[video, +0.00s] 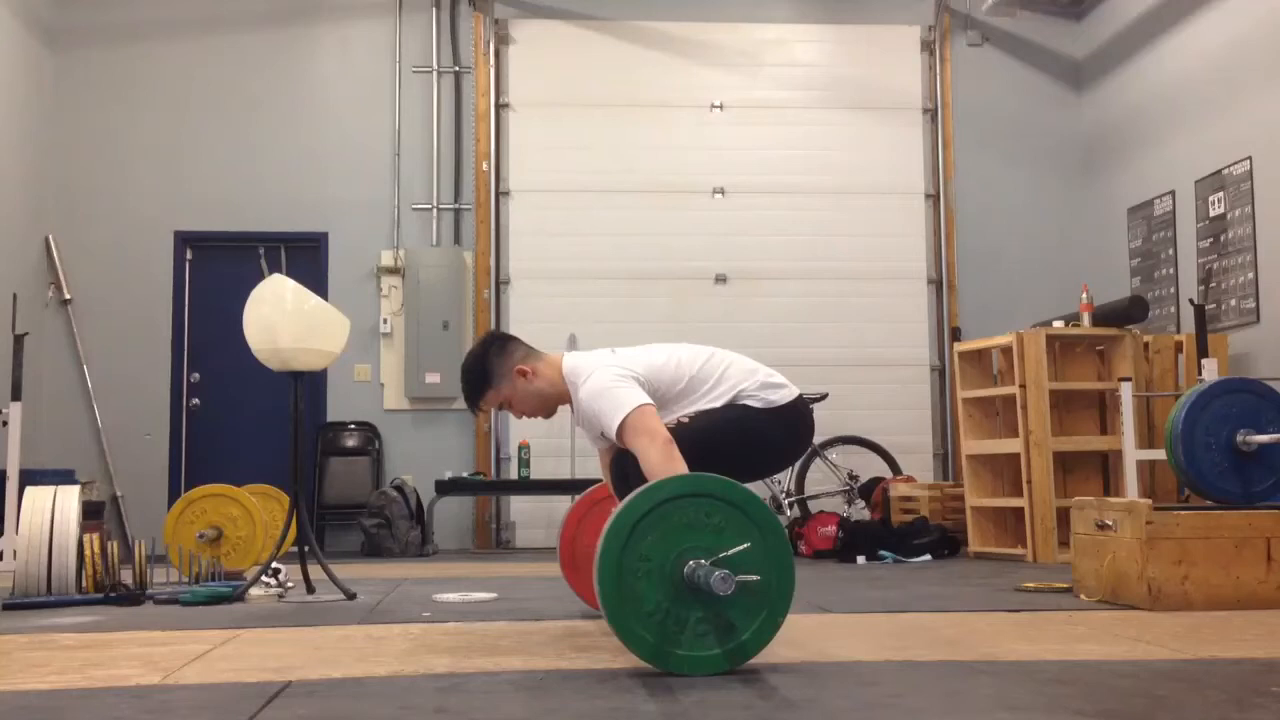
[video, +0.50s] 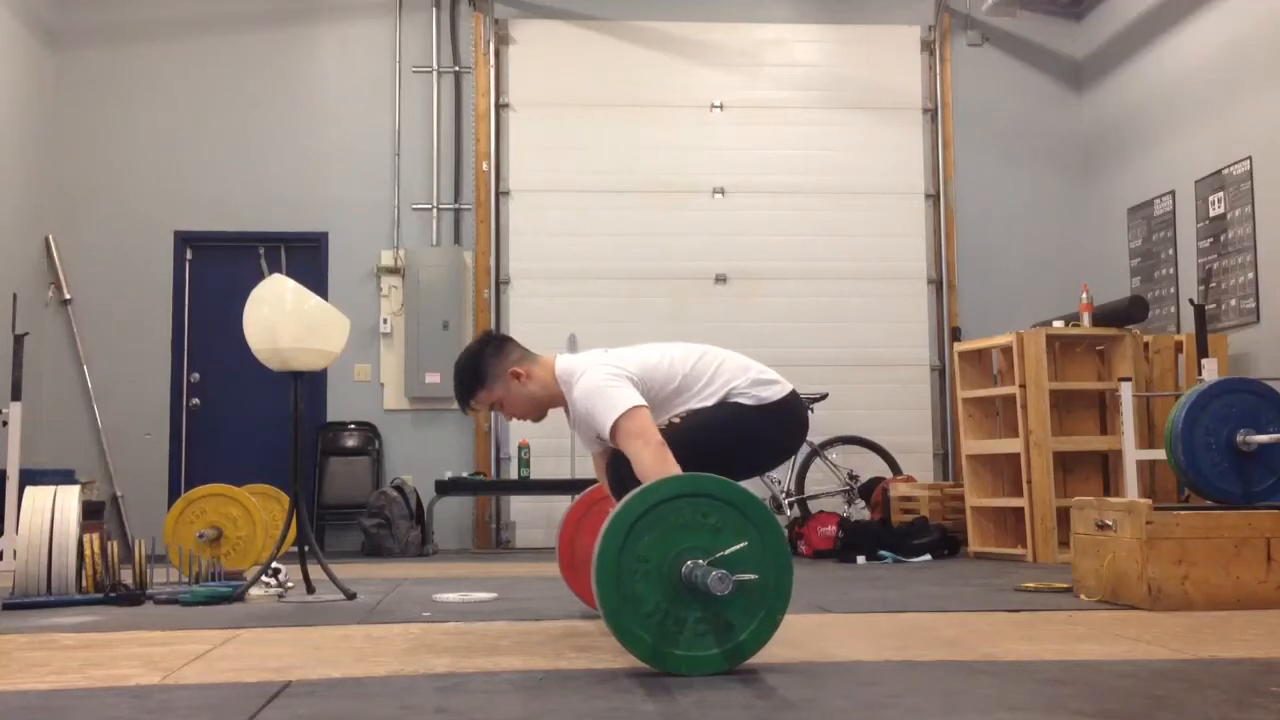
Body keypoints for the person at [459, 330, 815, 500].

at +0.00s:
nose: (517, 417)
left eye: (507, 406)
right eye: (506, 412)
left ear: (525, 374)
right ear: (526, 373)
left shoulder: (596, 383)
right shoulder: (583, 398)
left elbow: (657, 443)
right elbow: (614, 469)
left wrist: (690, 537)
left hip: (774, 414)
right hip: (748, 415)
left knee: (634, 467)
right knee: (624, 465)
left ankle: (695, 566)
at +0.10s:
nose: (516, 418)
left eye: (506, 406)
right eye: (505, 412)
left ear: (524, 374)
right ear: (526, 373)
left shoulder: (596, 383)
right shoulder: (582, 397)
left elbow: (657, 443)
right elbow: (615, 468)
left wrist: (691, 537)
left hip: (774, 414)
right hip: (748, 415)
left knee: (634, 466)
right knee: (624, 465)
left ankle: (695, 565)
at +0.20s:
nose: (514, 418)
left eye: (505, 406)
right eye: (503, 412)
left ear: (523, 375)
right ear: (524, 374)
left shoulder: (595, 384)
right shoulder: (582, 396)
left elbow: (658, 444)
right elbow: (614, 468)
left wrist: (691, 537)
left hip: (773, 414)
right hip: (748, 414)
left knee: (635, 466)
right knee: (624, 465)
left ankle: (695, 564)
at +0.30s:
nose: (511, 418)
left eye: (503, 406)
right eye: (501, 412)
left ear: (522, 376)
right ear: (524, 374)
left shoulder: (594, 384)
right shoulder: (581, 397)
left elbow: (657, 445)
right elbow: (613, 469)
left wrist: (691, 538)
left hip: (772, 413)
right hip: (746, 414)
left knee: (635, 468)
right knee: (624, 467)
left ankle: (696, 566)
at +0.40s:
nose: (509, 418)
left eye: (501, 406)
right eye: (498, 412)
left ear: (520, 376)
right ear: (522, 374)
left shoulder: (593, 384)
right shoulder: (578, 397)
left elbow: (655, 445)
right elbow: (611, 469)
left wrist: (691, 538)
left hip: (770, 412)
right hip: (744, 413)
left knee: (633, 466)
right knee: (621, 466)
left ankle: (694, 566)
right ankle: (664, 574)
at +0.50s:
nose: (505, 418)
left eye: (498, 406)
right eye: (495, 412)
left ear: (518, 376)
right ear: (520, 375)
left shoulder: (591, 382)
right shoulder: (576, 399)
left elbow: (648, 445)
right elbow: (609, 469)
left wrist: (687, 536)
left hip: (767, 409)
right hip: (742, 411)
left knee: (630, 466)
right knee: (618, 467)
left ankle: (692, 565)